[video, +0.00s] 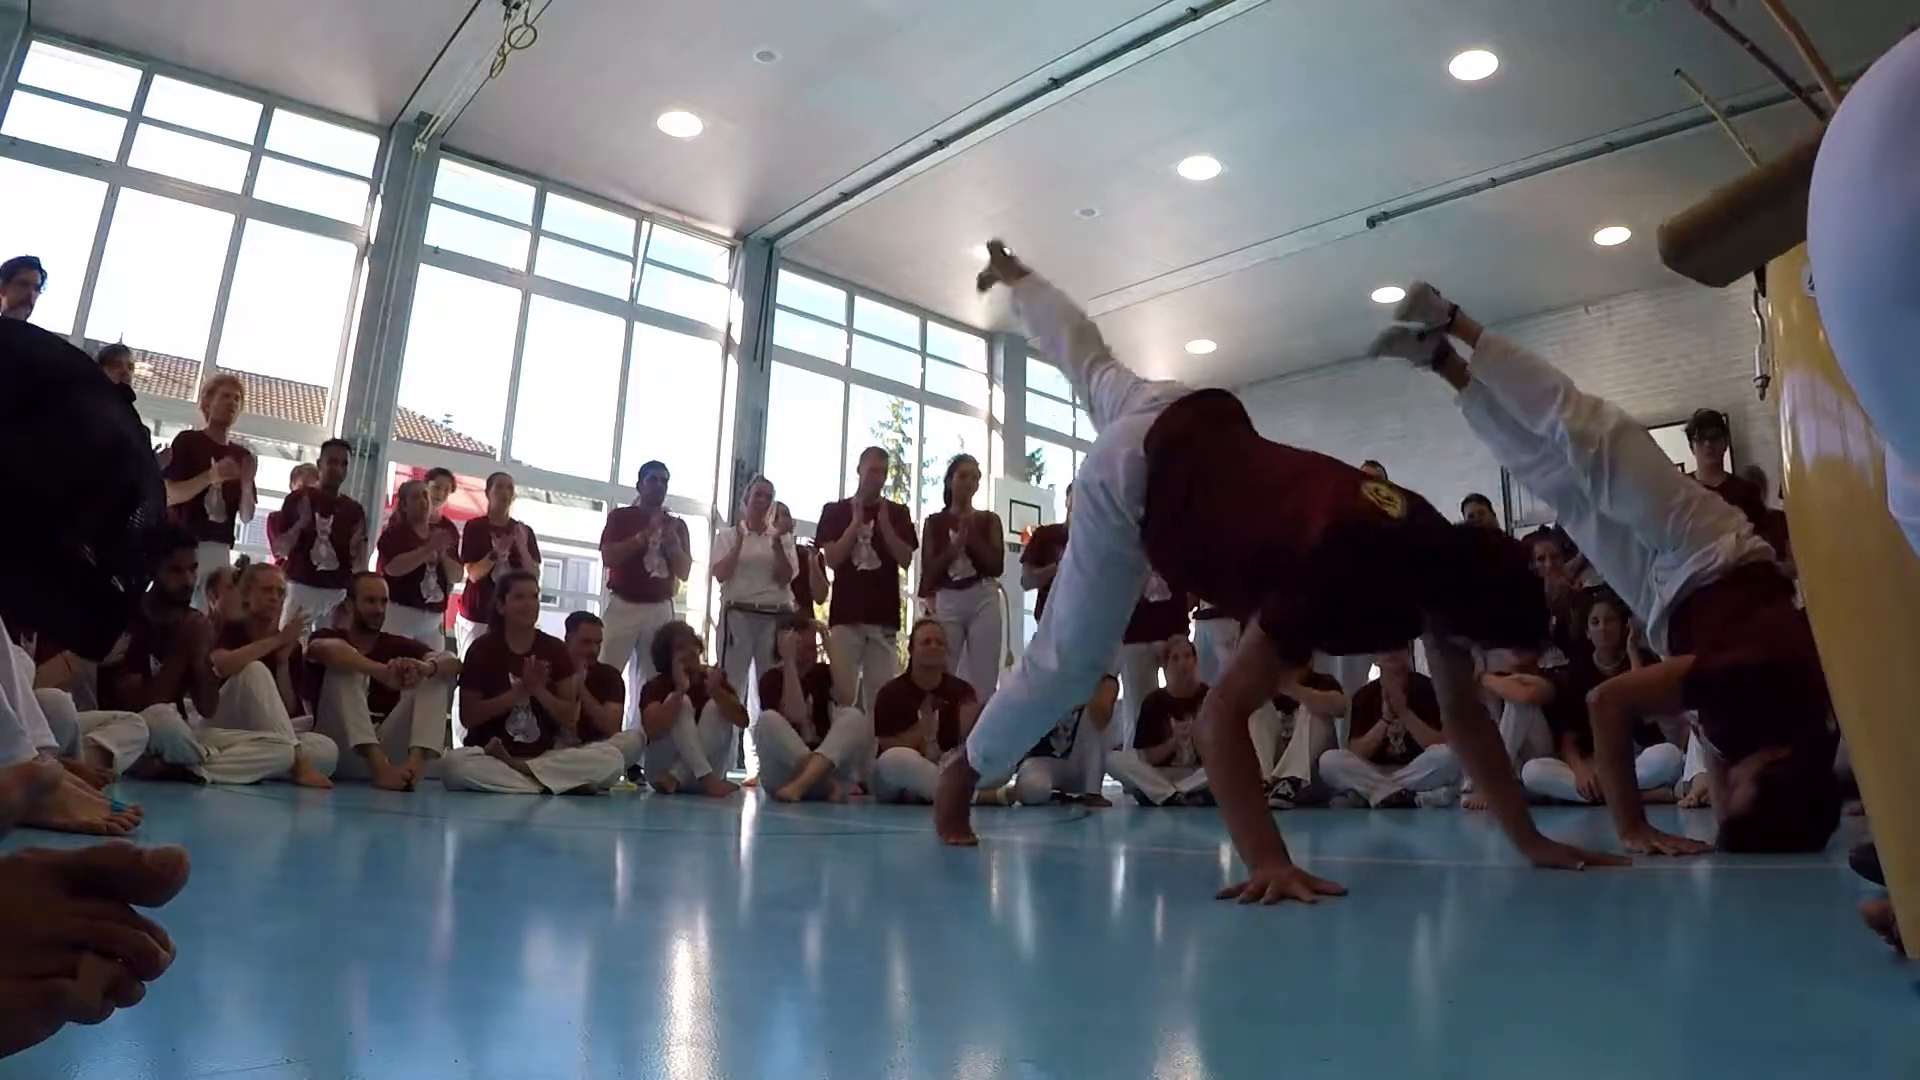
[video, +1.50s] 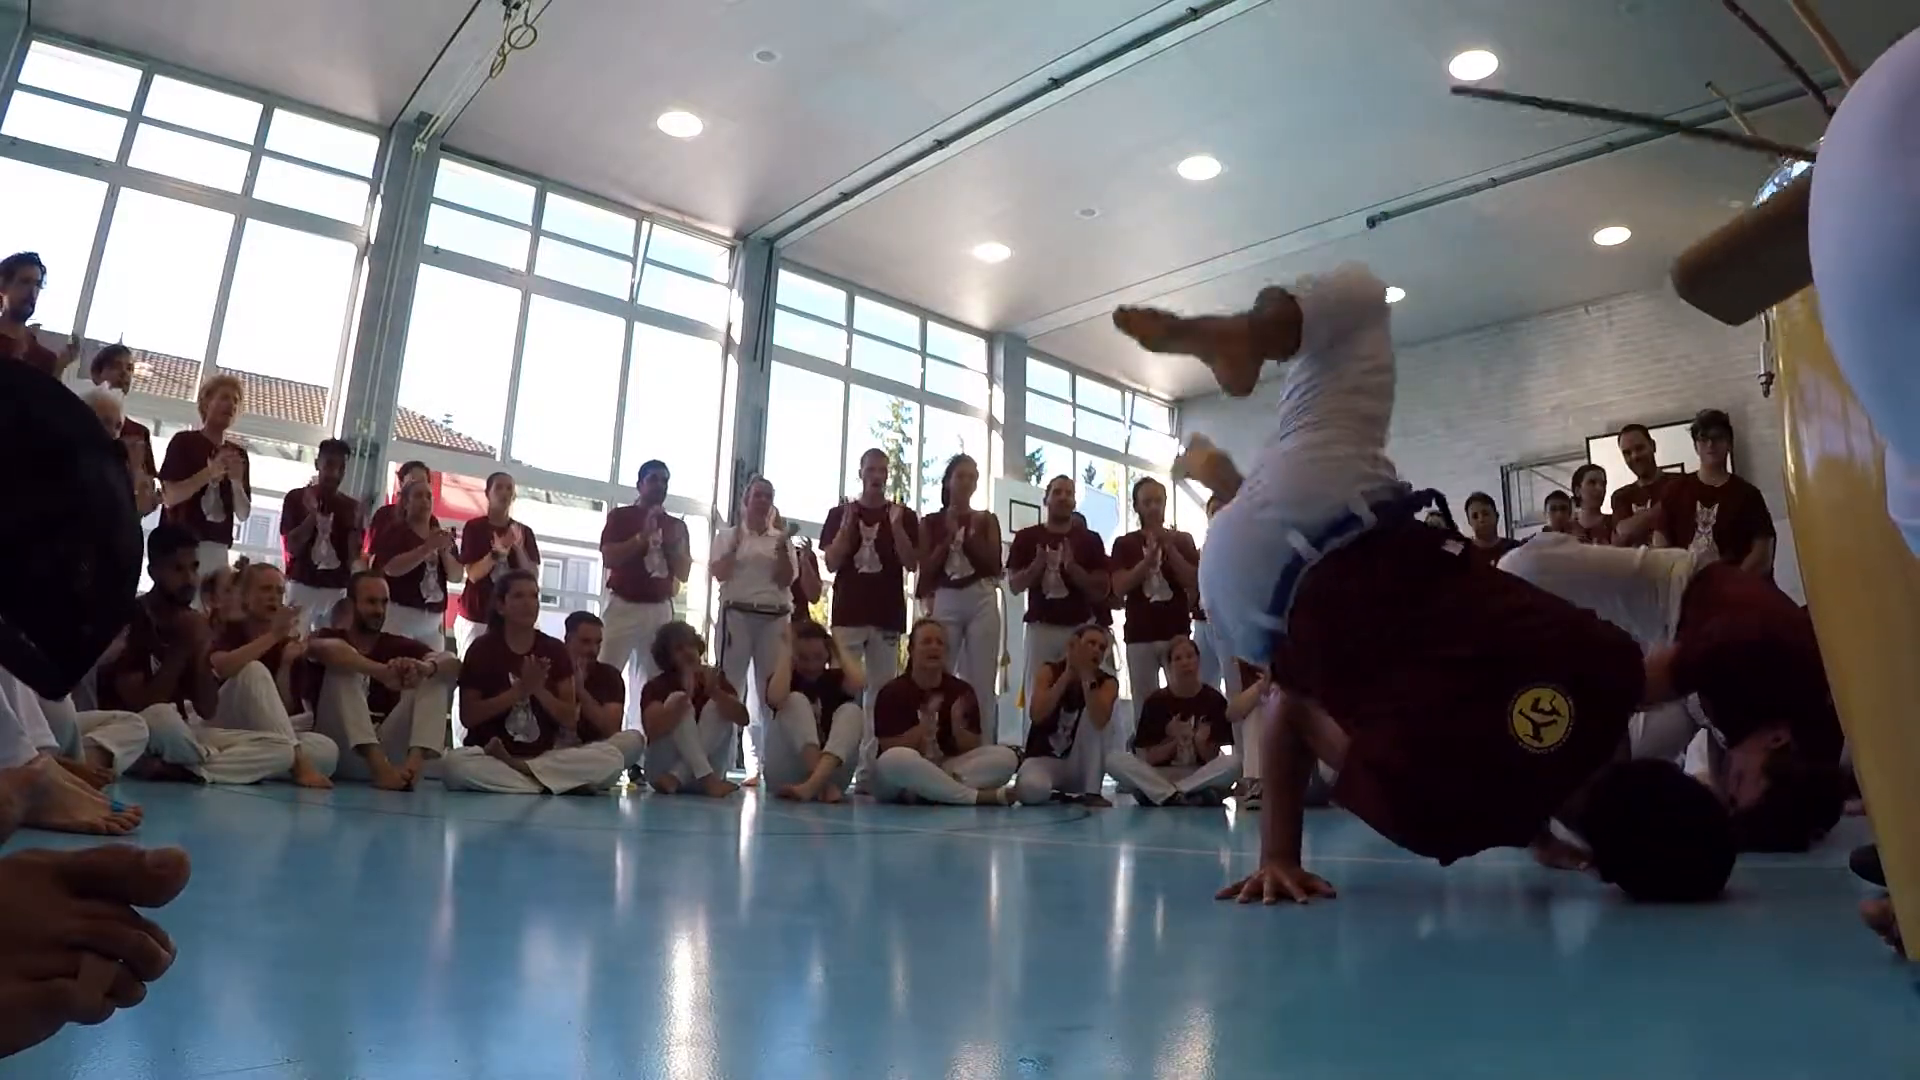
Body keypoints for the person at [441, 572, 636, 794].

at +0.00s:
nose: (529, 604)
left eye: (534, 597)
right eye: (520, 597)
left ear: (540, 603)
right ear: (501, 605)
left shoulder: (556, 648)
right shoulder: (481, 649)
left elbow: (569, 717)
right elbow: (469, 717)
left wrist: (537, 689)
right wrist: (521, 691)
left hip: (545, 755)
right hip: (488, 754)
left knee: (612, 758)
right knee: (454, 766)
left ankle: (522, 766)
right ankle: (547, 786)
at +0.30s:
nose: (529, 603)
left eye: (534, 597)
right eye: (519, 597)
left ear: (540, 603)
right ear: (500, 605)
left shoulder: (556, 649)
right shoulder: (481, 648)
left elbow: (570, 717)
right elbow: (469, 717)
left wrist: (536, 690)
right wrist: (522, 690)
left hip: (545, 756)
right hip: (489, 755)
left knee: (612, 759)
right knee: (455, 766)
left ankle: (521, 766)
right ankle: (549, 786)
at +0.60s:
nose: (529, 603)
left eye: (534, 597)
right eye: (519, 597)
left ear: (540, 603)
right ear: (500, 605)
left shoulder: (556, 649)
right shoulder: (481, 648)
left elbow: (571, 718)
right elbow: (468, 716)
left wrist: (536, 690)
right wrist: (521, 690)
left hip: (546, 756)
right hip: (489, 755)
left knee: (612, 759)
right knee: (455, 766)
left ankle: (521, 766)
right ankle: (548, 786)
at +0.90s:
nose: (530, 603)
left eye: (534, 596)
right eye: (520, 596)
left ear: (540, 603)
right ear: (501, 605)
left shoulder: (556, 649)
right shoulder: (482, 647)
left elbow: (570, 718)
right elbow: (468, 715)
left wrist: (534, 688)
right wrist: (522, 688)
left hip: (545, 757)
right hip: (488, 755)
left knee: (612, 758)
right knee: (454, 765)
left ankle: (522, 766)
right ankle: (548, 786)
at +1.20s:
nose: (530, 603)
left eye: (534, 597)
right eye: (520, 596)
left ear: (540, 603)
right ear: (501, 605)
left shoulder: (556, 649)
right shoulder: (481, 648)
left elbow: (571, 717)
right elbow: (469, 716)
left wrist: (537, 689)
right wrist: (521, 689)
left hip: (545, 756)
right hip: (487, 755)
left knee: (612, 758)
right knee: (454, 764)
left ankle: (521, 766)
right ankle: (548, 786)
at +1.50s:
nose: (530, 603)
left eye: (534, 597)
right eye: (520, 597)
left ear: (540, 603)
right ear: (501, 605)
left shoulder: (556, 649)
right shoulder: (481, 648)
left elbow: (570, 718)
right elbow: (468, 716)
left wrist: (536, 689)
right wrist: (521, 689)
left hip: (545, 756)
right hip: (488, 754)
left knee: (612, 759)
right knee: (454, 765)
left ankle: (522, 766)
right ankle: (549, 786)